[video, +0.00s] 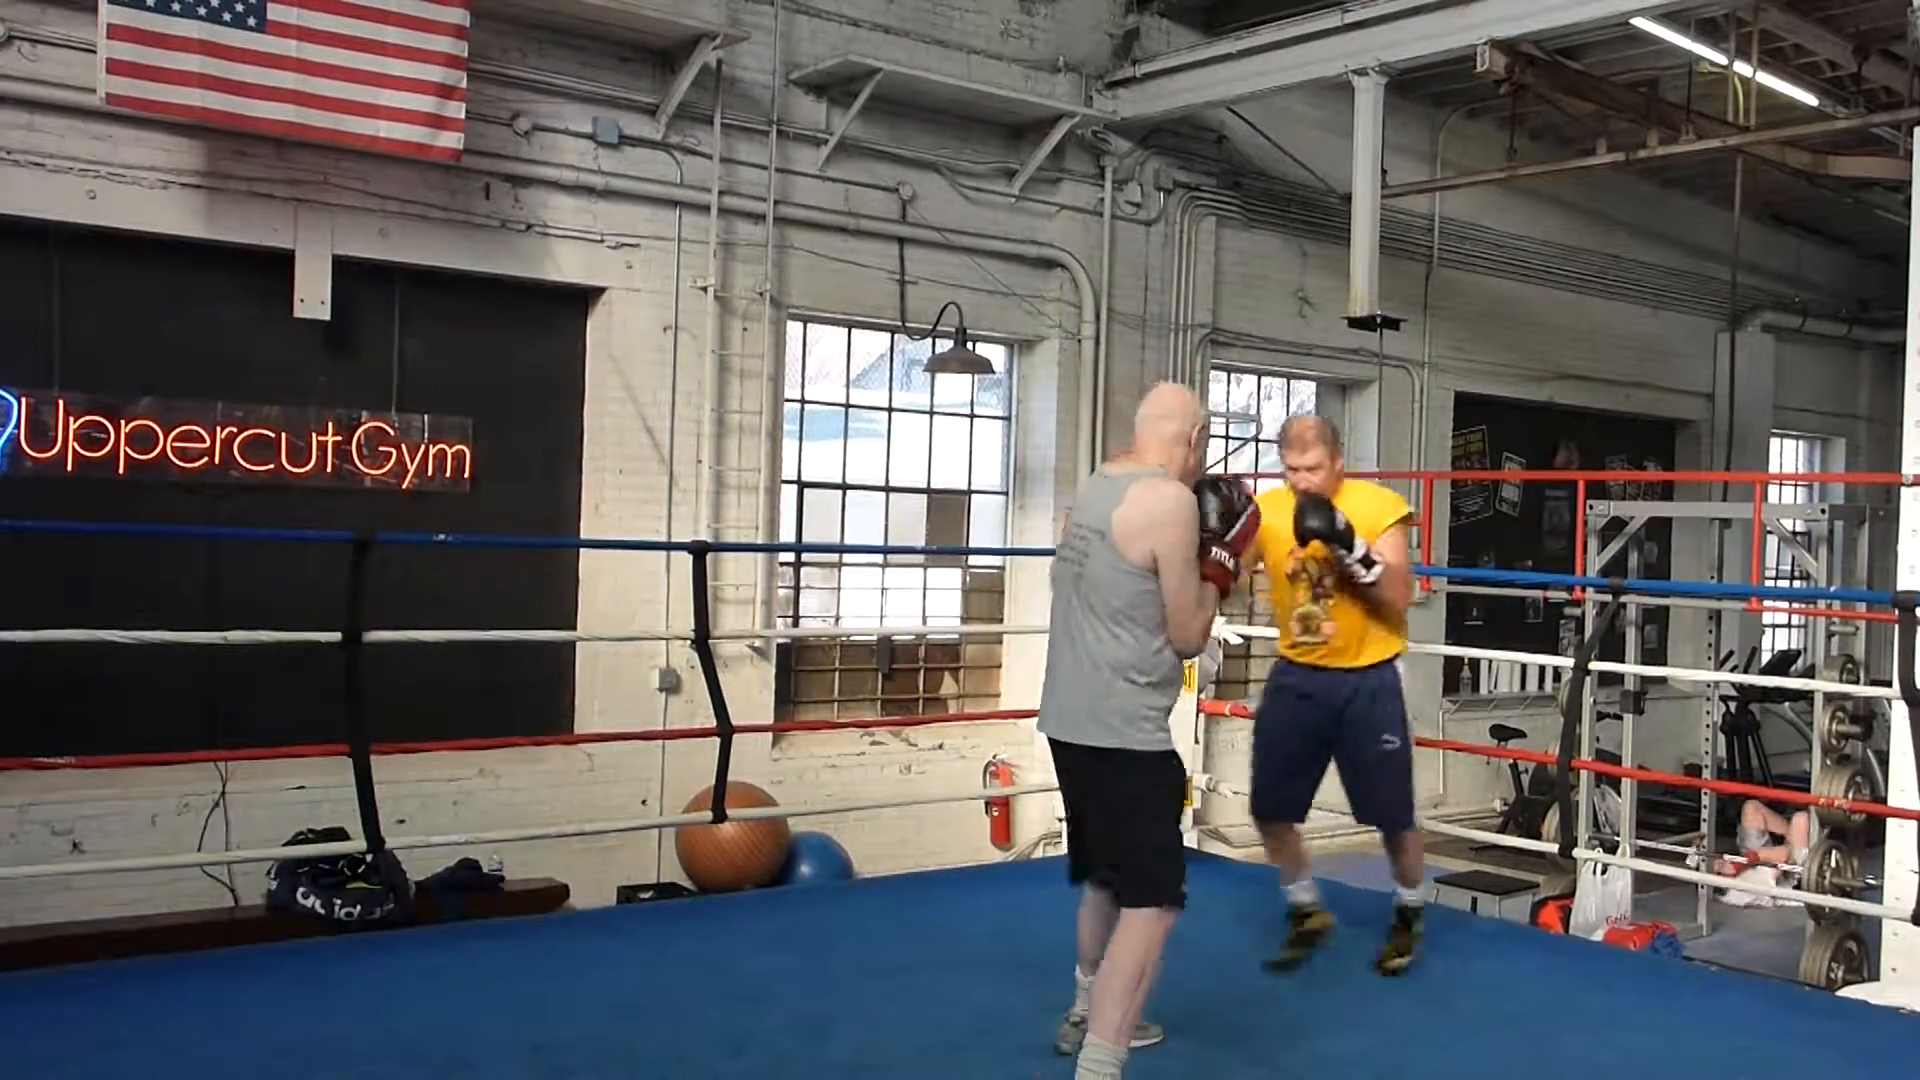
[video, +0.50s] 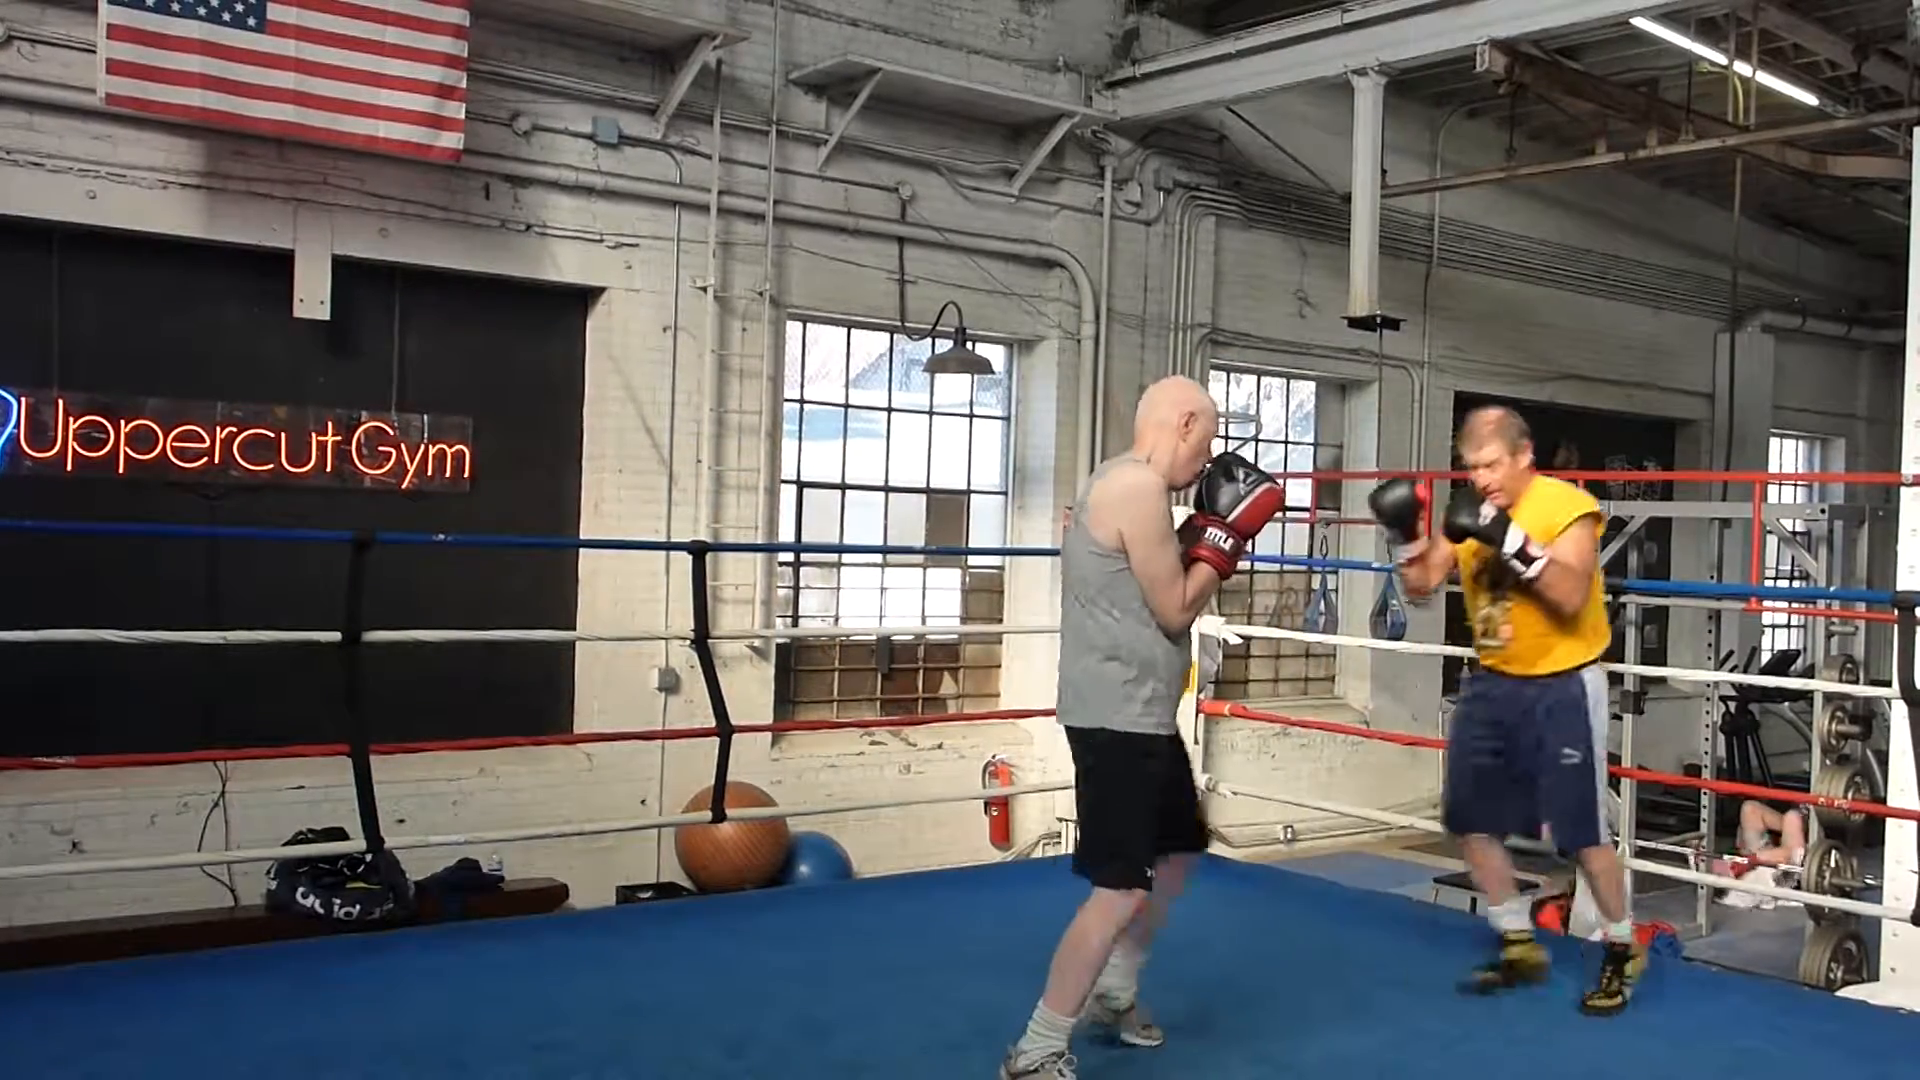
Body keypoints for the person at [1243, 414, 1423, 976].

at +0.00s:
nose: (1303, 481)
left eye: (1313, 469)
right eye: (1293, 471)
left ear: (1338, 461)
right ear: (1281, 466)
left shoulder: (1376, 505)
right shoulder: (1266, 510)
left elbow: (1399, 598)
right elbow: (1226, 581)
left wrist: (1351, 551)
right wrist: (1224, 533)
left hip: (1369, 683)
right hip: (1296, 681)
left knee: (1393, 816)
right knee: (1272, 809)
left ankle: (1409, 916)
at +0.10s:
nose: (1340, 494)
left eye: (1351, 483)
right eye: (1330, 484)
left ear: (1375, 476)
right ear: (1317, 478)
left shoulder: (1411, 525)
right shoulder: (1295, 522)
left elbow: (1429, 621)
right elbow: (1249, 592)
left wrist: (1383, 566)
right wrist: (1238, 535)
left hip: (1401, 694)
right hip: (1327, 696)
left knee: (1438, 825)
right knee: (1320, 825)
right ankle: (1352, 932)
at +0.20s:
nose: (1375, 516)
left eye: (1386, 505)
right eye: (1367, 505)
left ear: (1410, 498)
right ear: (1354, 499)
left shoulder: (1445, 550)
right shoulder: (1334, 544)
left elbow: (1455, 646)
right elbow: (1294, 610)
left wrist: (1412, 593)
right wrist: (1287, 567)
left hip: (1434, 718)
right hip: (1358, 716)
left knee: (1489, 846)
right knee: (1320, 832)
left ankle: (1563, 950)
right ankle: (1353, 935)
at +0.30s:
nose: (1412, 523)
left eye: (1423, 509)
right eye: (1404, 512)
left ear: (1454, 500)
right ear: (1396, 508)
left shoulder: (1494, 554)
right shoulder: (1387, 551)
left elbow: (1492, 647)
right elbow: (1336, 620)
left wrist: (1434, 586)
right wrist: (1327, 574)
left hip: (1481, 725)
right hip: (1402, 719)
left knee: (1522, 857)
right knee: (1349, 833)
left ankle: (1578, 962)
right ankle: (1357, 939)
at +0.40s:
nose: (1446, 499)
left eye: (1457, 485)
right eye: (1439, 487)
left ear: (1493, 477)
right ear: (1435, 486)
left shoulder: (1535, 525)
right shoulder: (1436, 536)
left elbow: (1534, 613)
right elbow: (1381, 602)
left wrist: (1466, 556)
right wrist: (1370, 553)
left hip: (1528, 706)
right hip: (1451, 704)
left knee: (1556, 843)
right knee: (1410, 827)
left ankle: (1588, 960)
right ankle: (1393, 941)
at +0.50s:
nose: (1479, 478)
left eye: (1489, 464)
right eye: (1471, 468)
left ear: (1524, 456)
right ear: (1466, 468)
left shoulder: (1567, 506)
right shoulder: (1473, 520)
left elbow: (1572, 595)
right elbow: (1419, 584)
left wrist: (1507, 539)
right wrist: (1407, 534)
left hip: (1564, 686)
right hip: (1491, 686)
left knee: (1580, 827)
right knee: (1471, 818)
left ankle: (1622, 949)